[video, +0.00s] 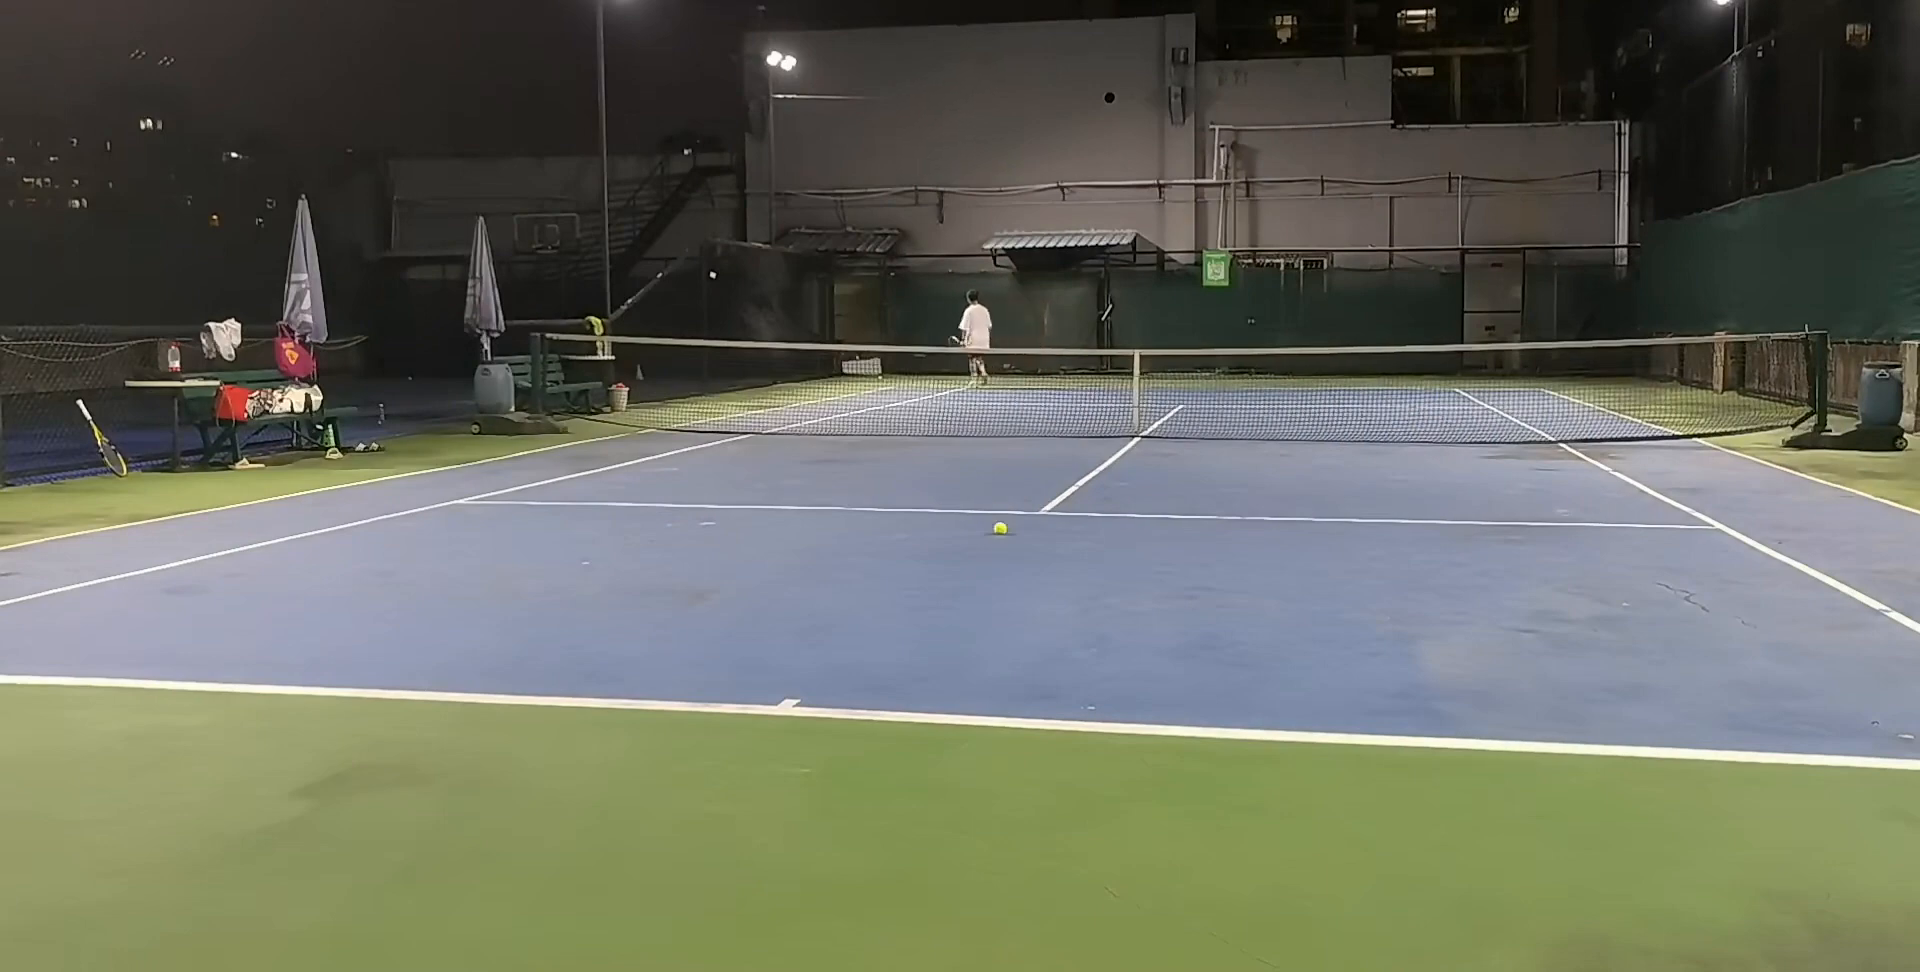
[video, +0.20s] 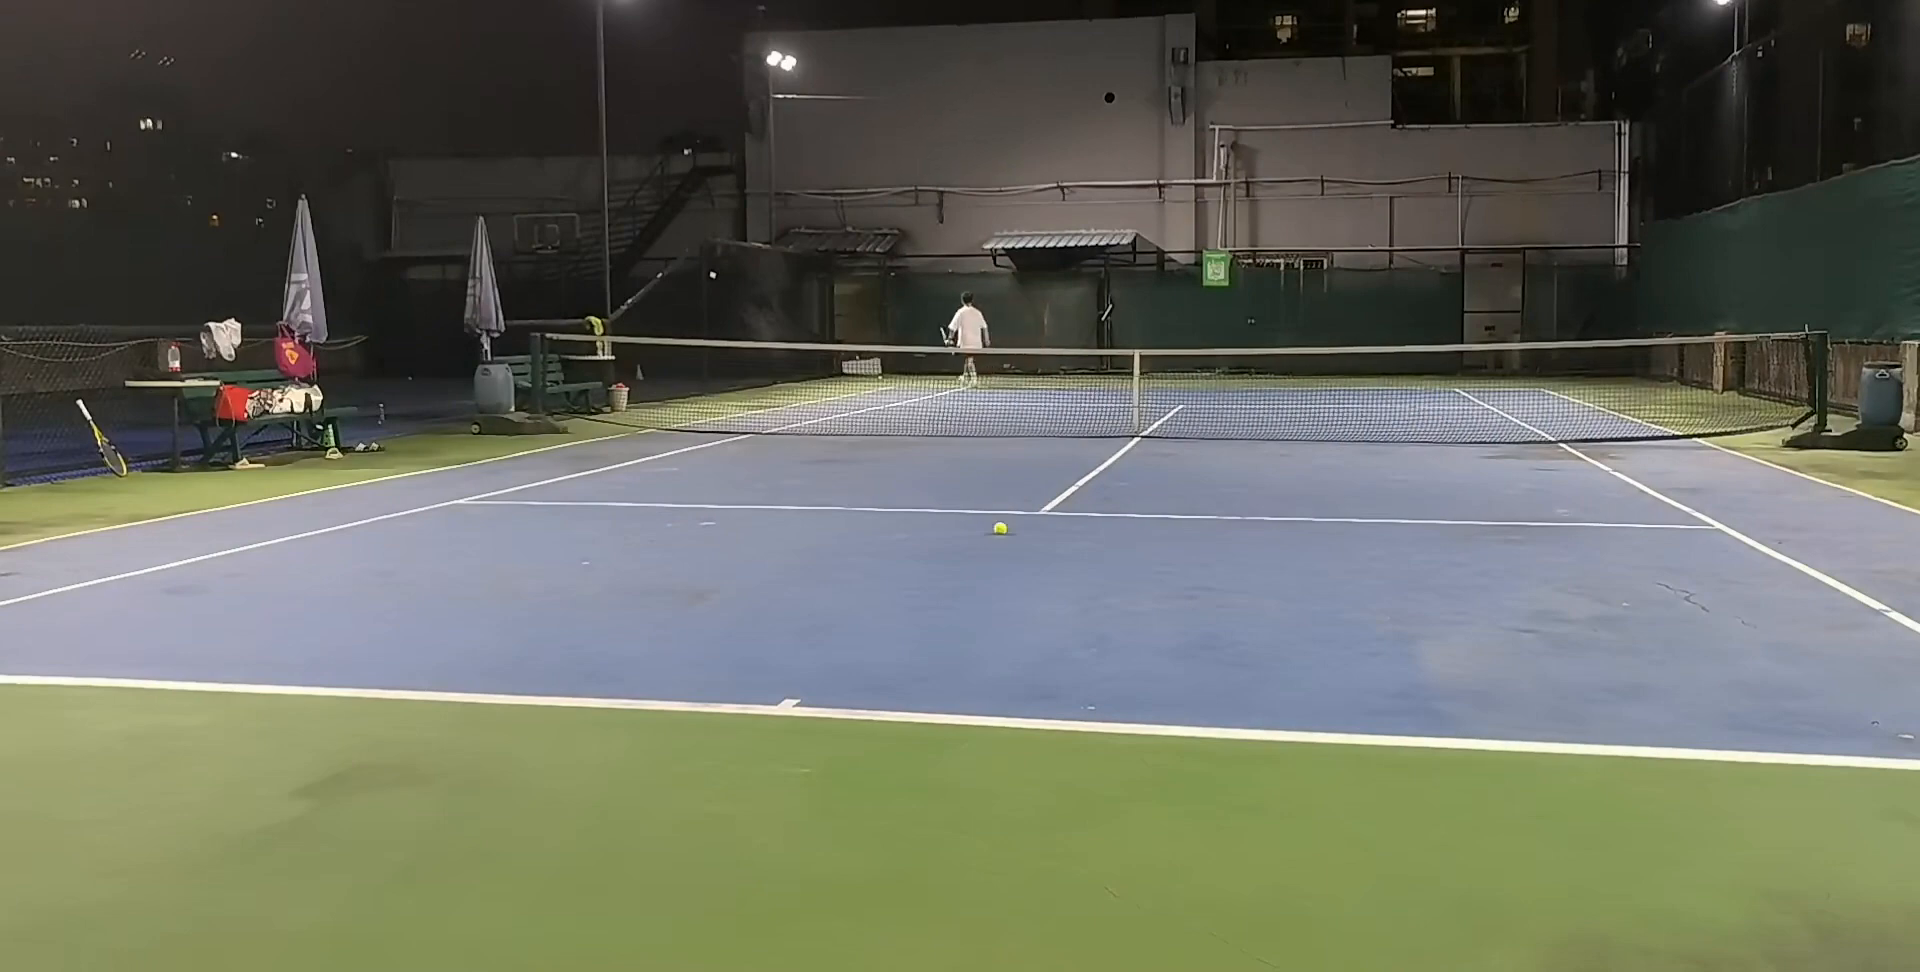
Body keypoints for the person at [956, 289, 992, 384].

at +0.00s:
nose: (967, 301)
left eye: (968, 299)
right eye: (968, 299)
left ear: (969, 299)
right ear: (977, 298)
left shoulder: (969, 311)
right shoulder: (985, 310)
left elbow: (965, 328)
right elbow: (989, 325)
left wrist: (964, 340)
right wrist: (985, 335)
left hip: (972, 339)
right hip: (984, 340)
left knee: (972, 359)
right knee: (979, 357)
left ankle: (974, 378)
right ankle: (984, 373)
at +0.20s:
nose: (963, 302)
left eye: (963, 300)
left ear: (962, 301)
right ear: (972, 300)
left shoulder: (960, 312)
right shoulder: (978, 313)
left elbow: (953, 327)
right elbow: (984, 327)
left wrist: (949, 339)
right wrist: (987, 340)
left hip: (964, 342)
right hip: (977, 342)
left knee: (970, 360)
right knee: (967, 359)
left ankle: (973, 378)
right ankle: (964, 376)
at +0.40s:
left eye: (957, 300)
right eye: (963, 300)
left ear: (956, 300)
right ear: (966, 300)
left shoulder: (954, 312)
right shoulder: (970, 312)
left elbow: (946, 326)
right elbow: (975, 328)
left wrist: (945, 338)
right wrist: (975, 340)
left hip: (955, 342)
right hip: (968, 342)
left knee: (955, 360)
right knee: (964, 360)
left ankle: (963, 370)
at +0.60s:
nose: (949, 300)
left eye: (949, 298)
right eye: (953, 298)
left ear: (949, 299)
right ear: (957, 299)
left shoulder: (947, 310)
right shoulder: (963, 310)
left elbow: (944, 326)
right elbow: (967, 322)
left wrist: (943, 338)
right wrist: (961, 329)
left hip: (950, 338)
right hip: (961, 339)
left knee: (947, 356)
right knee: (960, 357)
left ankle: (945, 374)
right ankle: (961, 374)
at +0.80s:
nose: (939, 302)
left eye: (939, 300)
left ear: (940, 301)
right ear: (949, 300)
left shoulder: (939, 312)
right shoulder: (954, 311)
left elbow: (935, 328)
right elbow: (958, 324)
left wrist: (934, 339)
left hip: (942, 342)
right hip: (954, 342)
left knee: (940, 358)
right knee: (952, 356)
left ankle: (940, 374)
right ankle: (957, 370)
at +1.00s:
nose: (934, 300)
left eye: (934, 298)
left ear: (934, 299)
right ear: (942, 298)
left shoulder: (931, 310)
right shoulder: (948, 309)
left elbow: (924, 324)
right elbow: (952, 323)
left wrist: (920, 333)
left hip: (935, 339)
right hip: (947, 339)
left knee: (937, 356)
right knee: (943, 356)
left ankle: (940, 374)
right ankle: (943, 373)